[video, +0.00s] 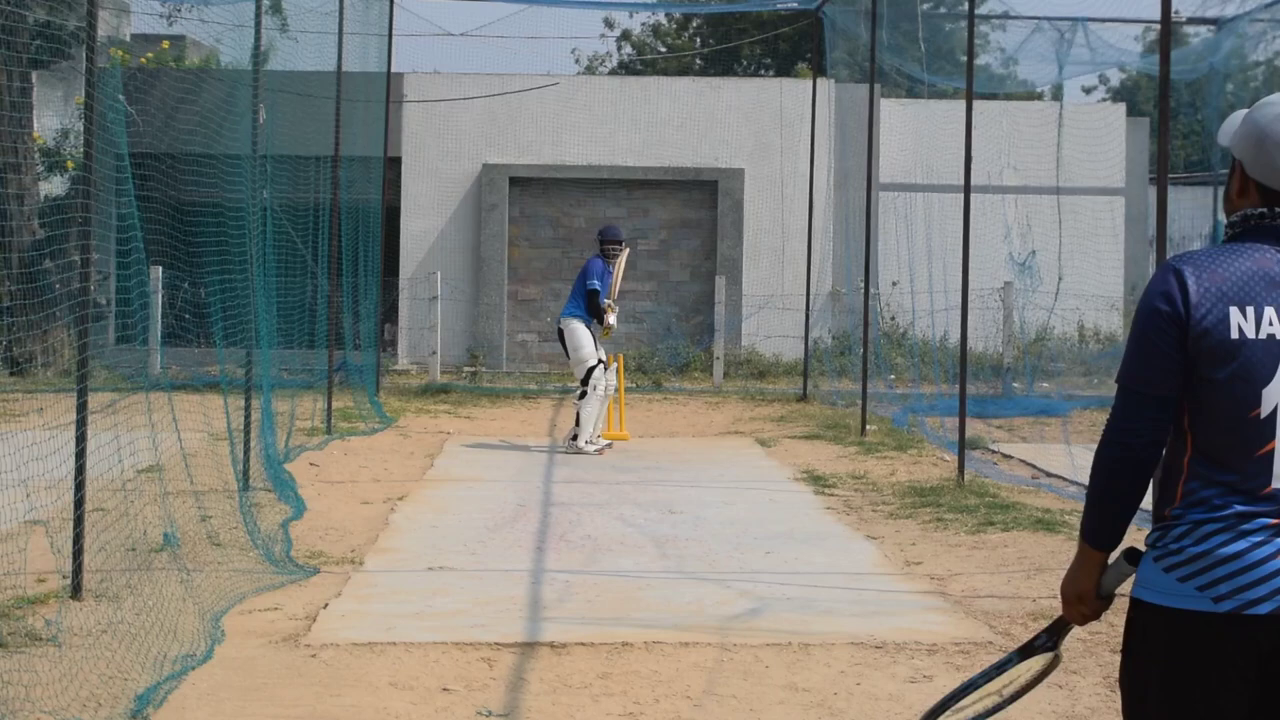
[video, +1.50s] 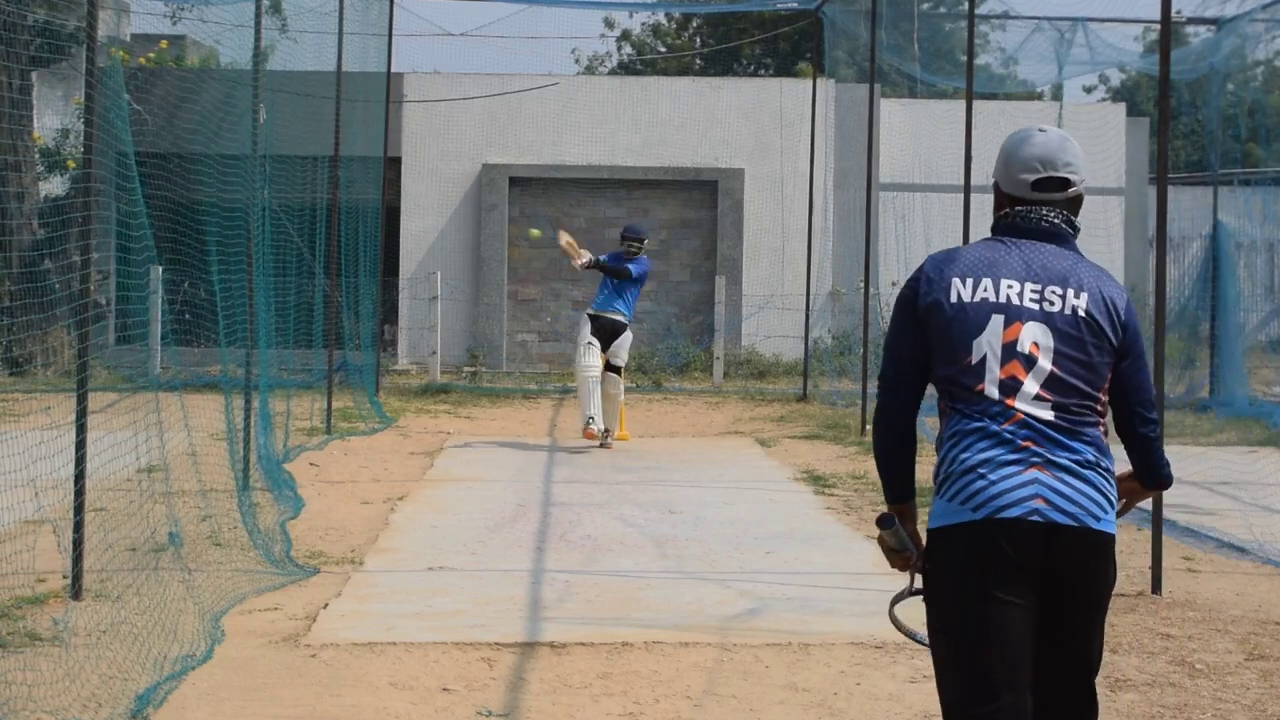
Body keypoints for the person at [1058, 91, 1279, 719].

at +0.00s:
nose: (1227, 183)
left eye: (1231, 169)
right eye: (1233, 168)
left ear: (1242, 181)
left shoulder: (1191, 281)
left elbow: (1134, 436)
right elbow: (1135, 435)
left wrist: (1089, 557)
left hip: (1206, 592)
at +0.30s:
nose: (1152, 180)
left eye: (1157, 170)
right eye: (1159, 167)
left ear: (1166, 191)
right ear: (1245, 201)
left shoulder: (1123, 292)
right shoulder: (1265, 291)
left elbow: (1014, 398)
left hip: (1134, 577)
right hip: (1238, 574)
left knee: (1121, 709)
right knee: (1175, 708)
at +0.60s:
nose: (1078, 245)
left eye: (1082, 237)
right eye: (1084, 235)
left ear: (1088, 251)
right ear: (1162, 262)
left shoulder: (1023, 334)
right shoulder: (1192, 350)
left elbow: (987, 423)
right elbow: (1211, 475)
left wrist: (956, 381)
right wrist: (1222, 513)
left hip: (1078, 566)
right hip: (1180, 572)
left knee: (1096, 707)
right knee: (1134, 708)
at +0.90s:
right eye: (1114, 249)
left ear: (1042, 256)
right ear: (1115, 257)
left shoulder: (991, 328)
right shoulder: (1145, 322)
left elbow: (993, 441)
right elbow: (1194, 430)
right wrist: (1228, 480)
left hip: (1030, 518)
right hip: (1134, 520)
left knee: (1038, 700)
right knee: (1114, 698)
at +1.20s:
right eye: (1098, 215)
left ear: (1026, 217)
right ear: (1100, 224)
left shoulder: (966, 293)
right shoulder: (1129, 303)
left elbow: (934, 430)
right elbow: (1156, 424)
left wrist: (945, 528)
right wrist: (1169, 479)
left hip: (1005, 513)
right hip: (1110, 519)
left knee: (1002, 700)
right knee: (1091, 698)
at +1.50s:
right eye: (1072, 193)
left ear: (998, 197)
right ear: (1076, 202)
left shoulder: (938, 275)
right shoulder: (1107, 291)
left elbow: (893, 411)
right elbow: (1139, 417)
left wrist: (901, 513)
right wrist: (1147, 476)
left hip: (976, 518)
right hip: (1084, 523)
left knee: (983, 701)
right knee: (1069, 698)